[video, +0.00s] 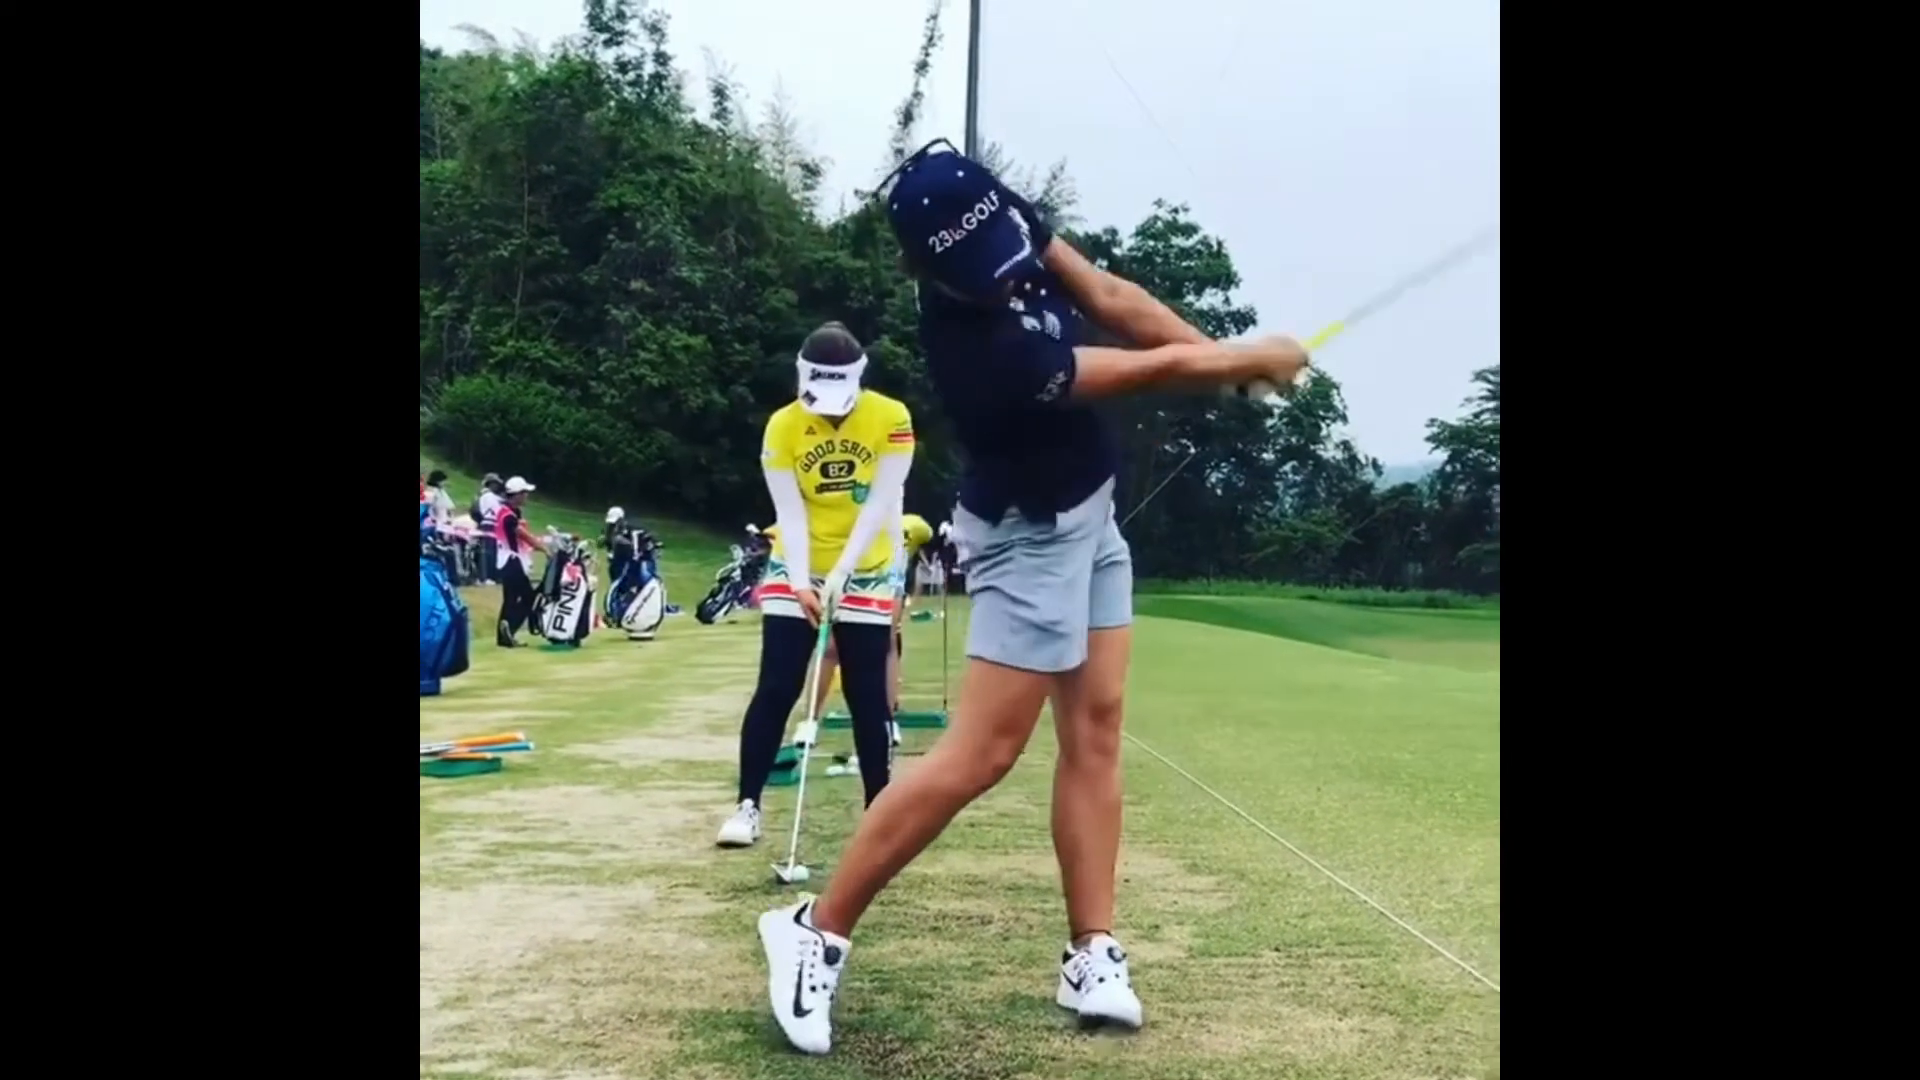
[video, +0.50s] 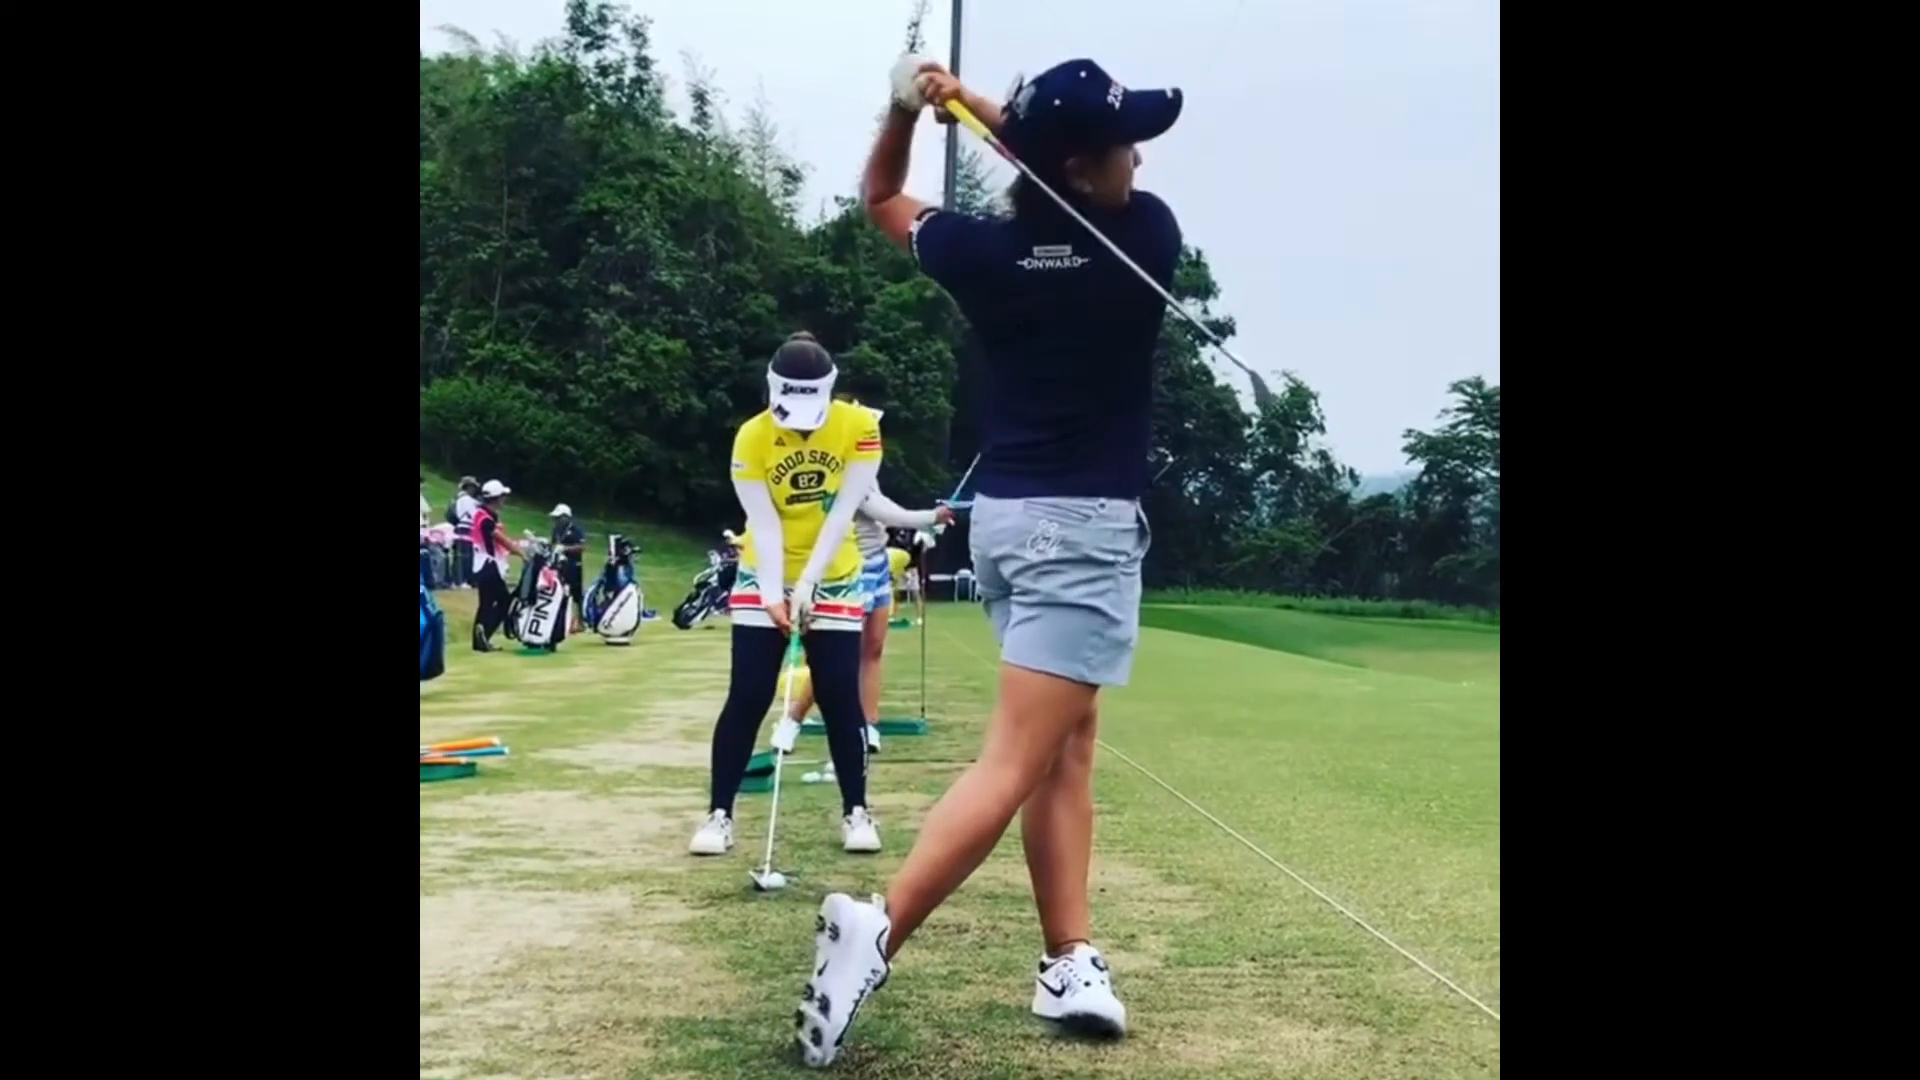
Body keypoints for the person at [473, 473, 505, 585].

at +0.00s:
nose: (499, 488)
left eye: (499, 486)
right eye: (497, 486)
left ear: (486, 485)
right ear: (494, 485)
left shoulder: (482, 496)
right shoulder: (496, 498)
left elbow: (474, 511)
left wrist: (480, 520)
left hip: (484, 526)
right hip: (492, 526)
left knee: (484, 552)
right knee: (491, 552)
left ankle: (483, 576)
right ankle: (489, 576)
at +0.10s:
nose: (492, 488)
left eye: (492, 485)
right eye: (491, 485)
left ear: (480, 485)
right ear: (487, 485)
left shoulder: (475, 497)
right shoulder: (489, 498)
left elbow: (468, 512)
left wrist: (474, 520)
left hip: (476, 527)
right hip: (485, 528)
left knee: (475, 553)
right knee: (484, 553)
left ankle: (475, 577)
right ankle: (483, 577)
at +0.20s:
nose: (487, 489)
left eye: (487, 486)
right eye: (486, 487)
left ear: (475, 486)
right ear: (484, 487)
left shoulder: (471, 498)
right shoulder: (487, 500)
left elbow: (463, 513)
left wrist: (469, 521)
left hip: (471, 528)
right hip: (481, 529)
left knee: (470, 554)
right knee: (480, 554)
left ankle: (471, 578)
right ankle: (480, 578)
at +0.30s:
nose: (483, 489)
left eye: (483, 486)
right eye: (482, 486)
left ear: (471, 486)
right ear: (479, 487)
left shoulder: (466, 498)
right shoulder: (482, 500)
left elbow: (458, 513)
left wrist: (465, 521)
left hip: (466, 528)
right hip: (477, 528)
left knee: (465, 554)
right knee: (475, 554)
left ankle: (466, 578)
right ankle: (475, 578)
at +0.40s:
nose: (478, 490)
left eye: (478, 488)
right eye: (477, 488)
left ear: (466, 487)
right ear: (474, 487)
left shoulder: (461, 499)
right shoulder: (477, 501)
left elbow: (454, 515)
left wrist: (461, 523)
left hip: (461, 530)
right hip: (472, 531)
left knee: (460, 556)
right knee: (471, 556)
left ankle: (460, 579)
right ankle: (470, 579)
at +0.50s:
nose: (474, 490)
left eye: (474, 488)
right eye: (473, 488)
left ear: (463, 488)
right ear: (470, 488)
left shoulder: (457, 500)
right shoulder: (474, 502)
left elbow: (450, 515)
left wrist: (457, 523)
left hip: (458, 530)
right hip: (468, 531)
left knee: (458, 556)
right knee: (467, 556)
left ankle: (457, 579)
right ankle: (467, 580)